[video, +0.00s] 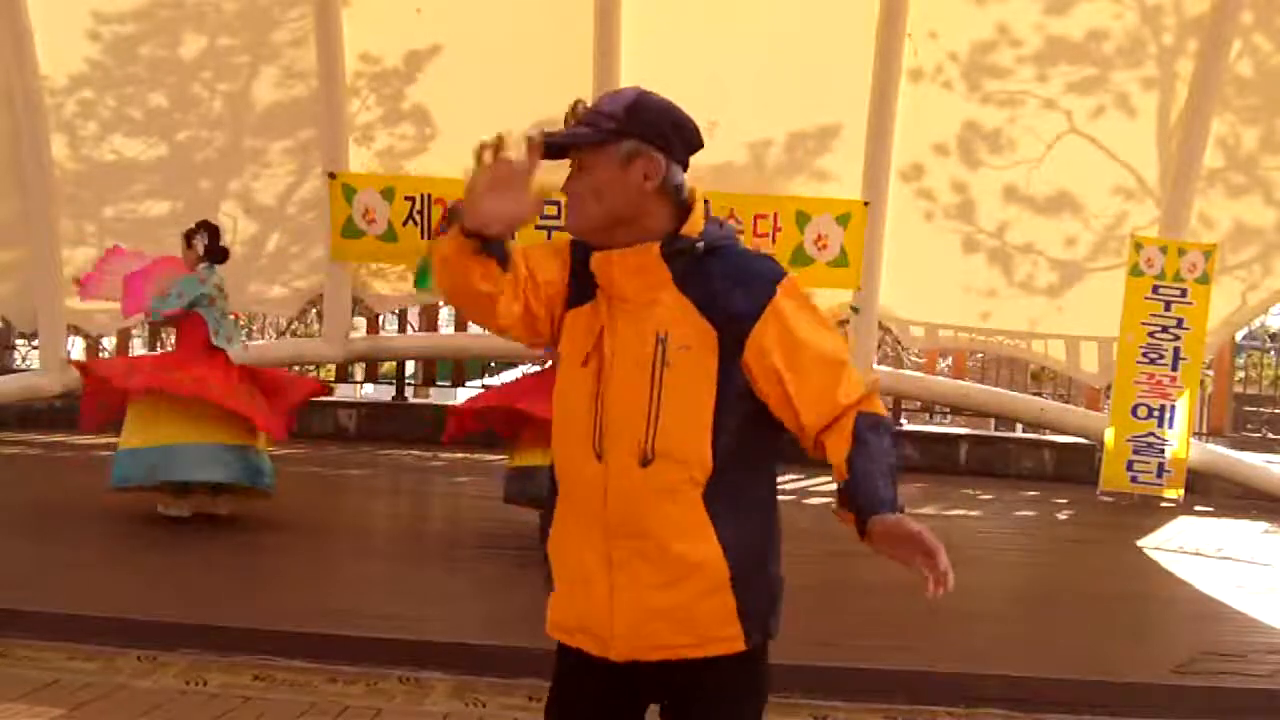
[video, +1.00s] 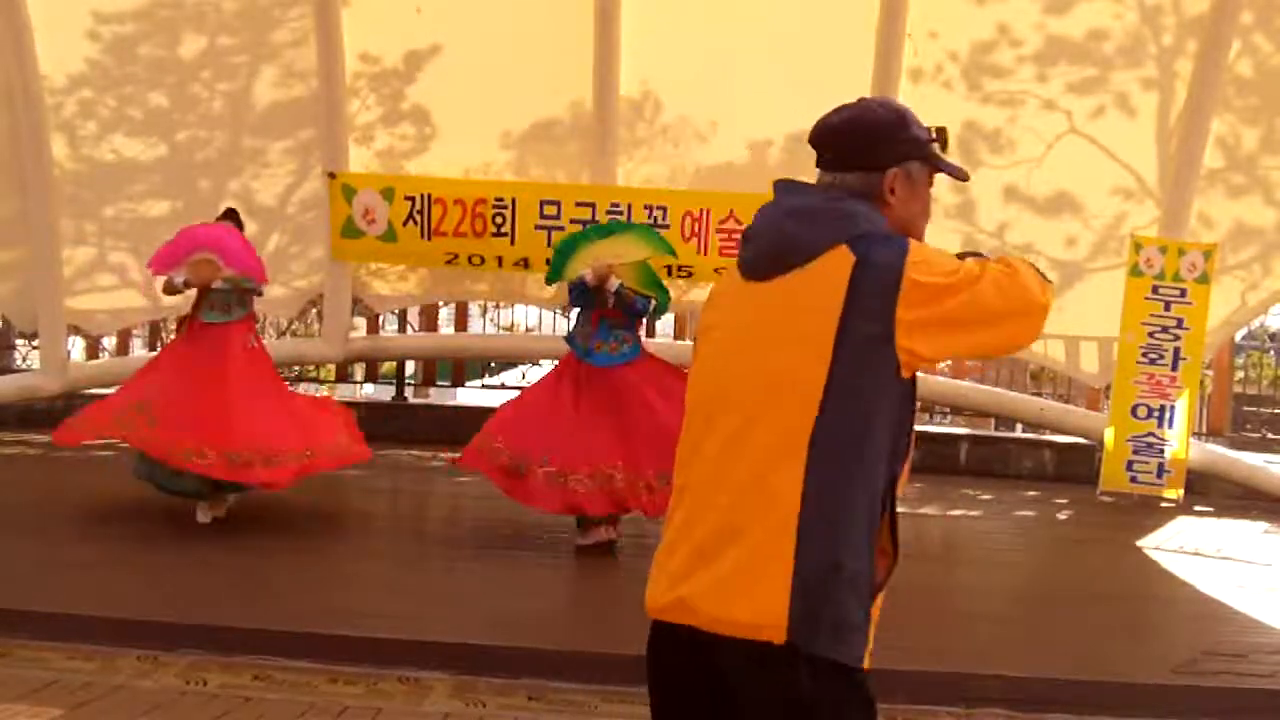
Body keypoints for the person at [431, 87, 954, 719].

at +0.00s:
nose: (565, 179)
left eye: (582, 163)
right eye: (569, 164)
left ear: (644, 170)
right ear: (637, 171)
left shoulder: (741, 284)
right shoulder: (572, 274)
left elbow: (843, 403)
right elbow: (486, 294)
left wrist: (876, 509)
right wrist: (473, 234)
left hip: (710, 633)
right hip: (589, 630)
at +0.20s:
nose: (610, 167)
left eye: (634, 147)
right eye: (605, 148)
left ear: (697, 166)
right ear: (595, 154)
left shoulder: (747, 279)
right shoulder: (568, 257)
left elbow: (794, 421)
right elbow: (583, 279)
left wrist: (860, 505)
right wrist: (740, 239)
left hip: (701, 614)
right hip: (580, 613)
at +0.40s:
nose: (686, 190)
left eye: (708, 170)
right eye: (665, 170)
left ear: (747, 182)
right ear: (639, 182)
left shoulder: (769, 297)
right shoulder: (614, 268)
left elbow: (786, 454)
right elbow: (707, 291)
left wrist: (873, 510)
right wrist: (838, 270)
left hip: (707, 643)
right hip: (599, 643)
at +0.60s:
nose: (801, 183)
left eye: (809, 165)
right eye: (776, 163)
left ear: (820, 170)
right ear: (711, 170)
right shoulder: (703, 259)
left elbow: (700, 430)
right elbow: (868, 309)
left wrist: (784, 513)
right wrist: (831, 249)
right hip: (656, 631)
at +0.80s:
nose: (880, 203)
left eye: (878, 186)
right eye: (865, 184)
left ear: (798, 186)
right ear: (803, 186)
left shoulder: (705, 262)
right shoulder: (803, 277)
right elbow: (958, 327)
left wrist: (830, 485)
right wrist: (924, 285)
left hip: (642, 632)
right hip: (719, 649)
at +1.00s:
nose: (931, 205)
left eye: (933, 186)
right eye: (928, 185)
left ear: (827, 180)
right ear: (894, 185)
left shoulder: (735, 277)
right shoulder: (884, 270)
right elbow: (1024, 296)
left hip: (681, 626)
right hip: (791, 638)